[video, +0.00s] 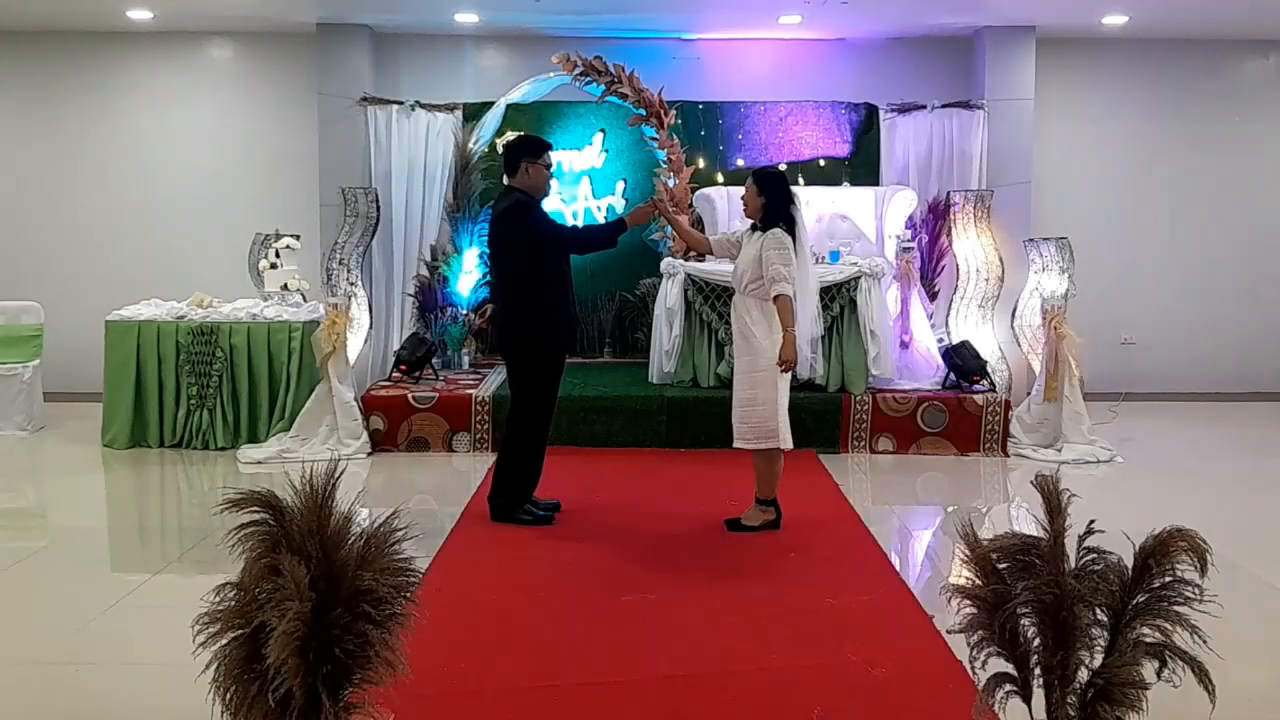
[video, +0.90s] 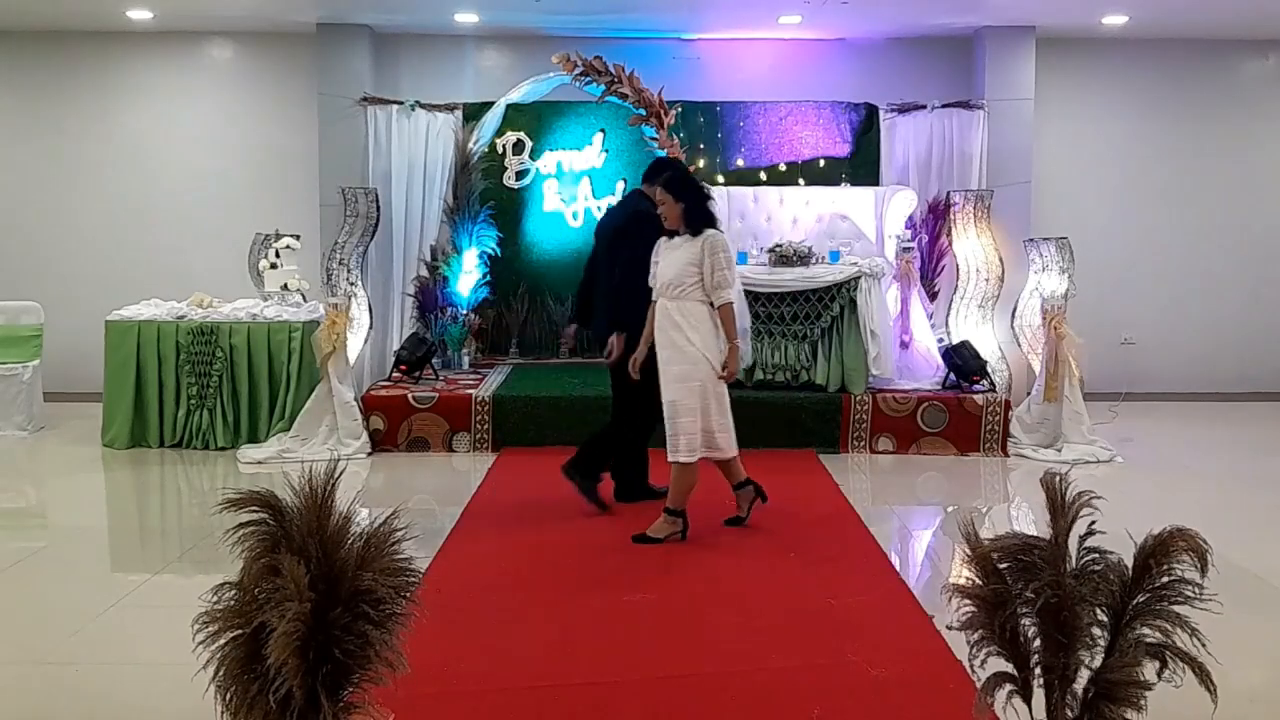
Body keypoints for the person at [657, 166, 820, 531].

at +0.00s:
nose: (743, 197)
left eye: (748, 191)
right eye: (745, 191)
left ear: (765, 197)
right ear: (762, 197)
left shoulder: (775, 239)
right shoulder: (749, 237)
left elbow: (782, 290)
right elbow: (704, 245)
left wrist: (789, 336)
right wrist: (670, 216)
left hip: (766, 343)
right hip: (750, 343)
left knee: (764, 423)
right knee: (759, 421)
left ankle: (766, 506)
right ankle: (764, 504)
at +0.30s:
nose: (735, 207)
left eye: (739, 200)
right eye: (734, 201)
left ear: (759, 201)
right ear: (744, 203)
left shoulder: (777, 240)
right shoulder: (739, 243)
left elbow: (784, 295)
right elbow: (711, 285)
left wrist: (793, 347)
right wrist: (675, 261)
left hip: (766, 342)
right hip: (743, 342)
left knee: (741, 417)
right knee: (746, 418)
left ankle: (760, 495)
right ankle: (762, 495)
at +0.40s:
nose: (727, 209)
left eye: (732, 202)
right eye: (726, 203)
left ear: (753, 202)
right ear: (738, 205)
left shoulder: (776, 241)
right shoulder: (733, 246)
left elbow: (783, 298)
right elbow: (716, 300)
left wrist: (792, 350)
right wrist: (676, 291)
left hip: (763, 352)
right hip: (736, 350)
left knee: (725, 419)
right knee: (748, 425)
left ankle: (730, 503)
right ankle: (765, 501)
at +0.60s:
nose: (707, 215)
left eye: (712, 208)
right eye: (704, 209)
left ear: (732, 207)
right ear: (707, 212)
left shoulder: (758, 246)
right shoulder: (709, 251)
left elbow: (770, 301)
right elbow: (709, 308)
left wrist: (780, 350)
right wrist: (687, 341)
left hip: (749, 353)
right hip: (717, 351)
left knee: (715, 425)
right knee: (736, 427)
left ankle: (682, 510)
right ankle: (763, 502)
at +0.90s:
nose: (658, 210)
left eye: (664, 203)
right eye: (657, 203)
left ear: (684, 202)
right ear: (665, 204)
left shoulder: (712, 241)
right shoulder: (663, 245)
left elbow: (723, 298)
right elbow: (657, 302)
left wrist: (733, 346)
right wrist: (642, 346)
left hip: (699, 342)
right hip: (668, 342)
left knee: (685, 425)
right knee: (701, 422)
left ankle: (674, 516)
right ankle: (743, 487)